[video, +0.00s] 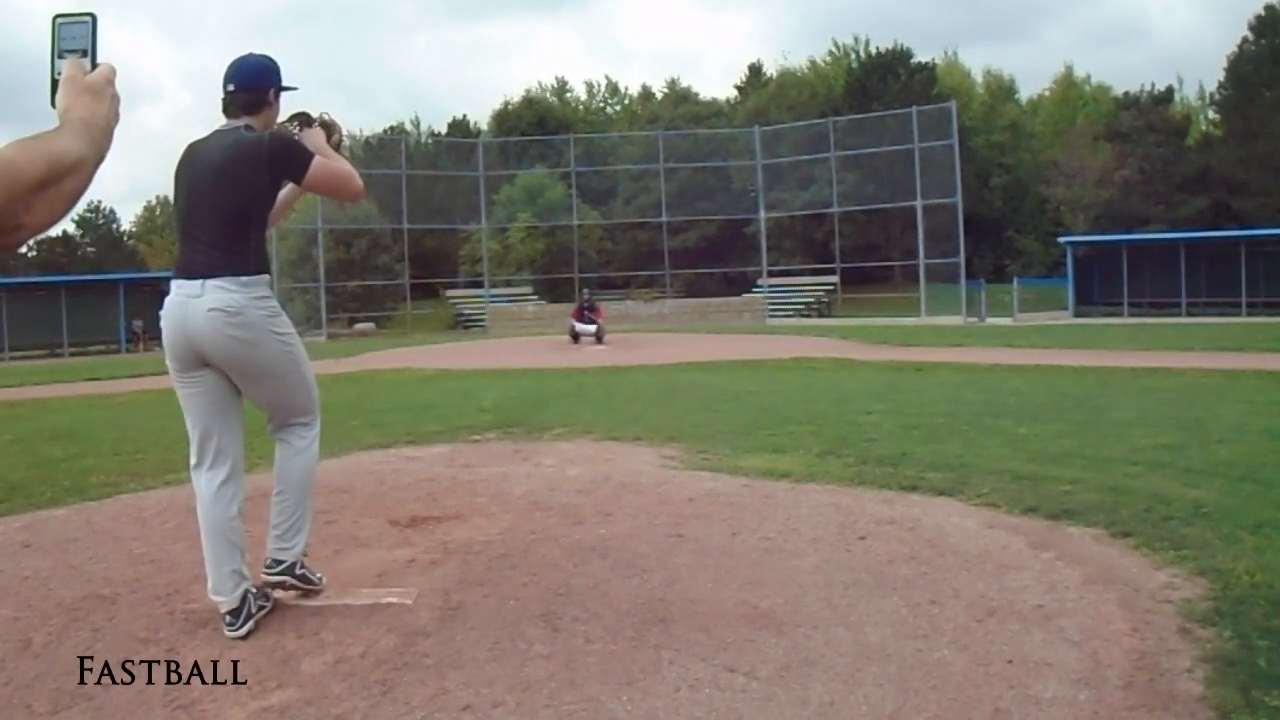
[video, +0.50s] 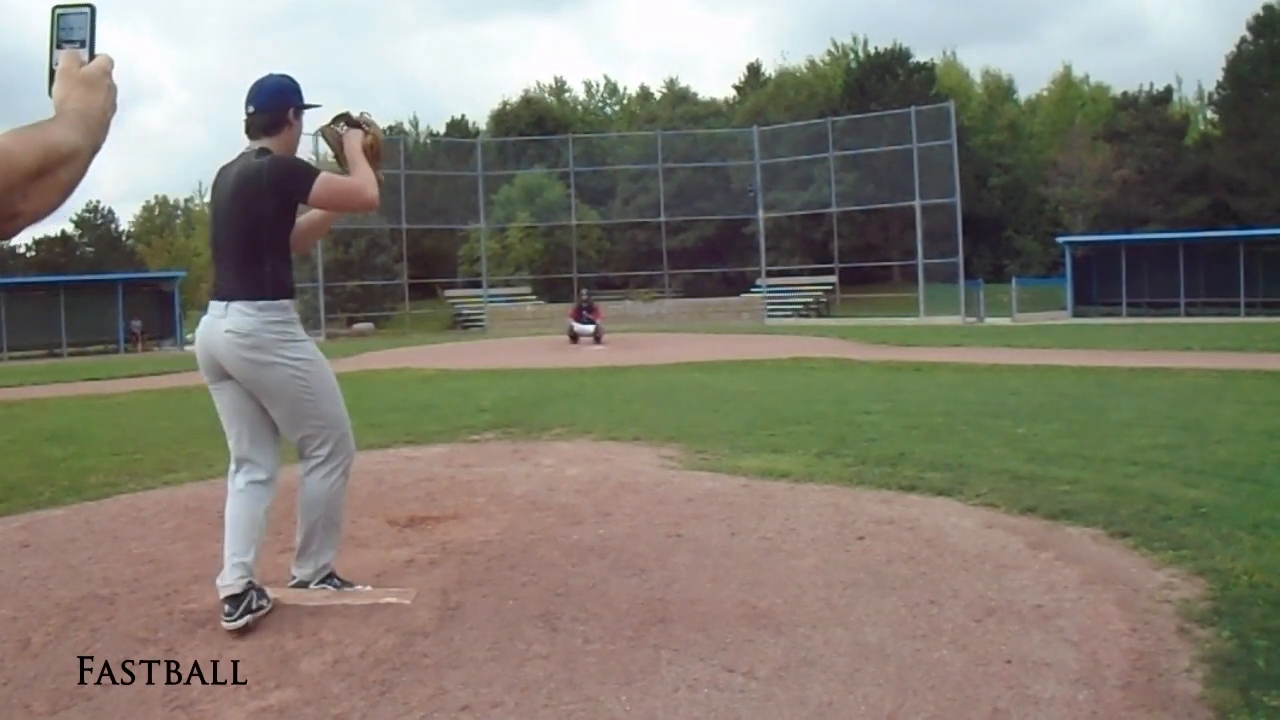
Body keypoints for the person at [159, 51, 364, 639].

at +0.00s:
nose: (279, 107)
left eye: (274, 98)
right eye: (280, 99)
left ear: (226, 100)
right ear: (272, 101)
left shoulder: (194, 153)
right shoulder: (273, 145)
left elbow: (259, 218)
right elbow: (352, 186)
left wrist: (300, 160)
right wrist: (321, 143)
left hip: (178, 310)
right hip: (239, 306)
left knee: (213, 462)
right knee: (297, 423)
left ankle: (234, 602)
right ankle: (286, 557)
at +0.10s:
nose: (282, 108)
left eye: (277, 100)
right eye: (281, 100)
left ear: (228, 102)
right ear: (273, 103)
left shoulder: (196, 154)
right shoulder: (274, 146)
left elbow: (259, 220)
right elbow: (353, 186)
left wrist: (301, 164)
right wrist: (322, 144)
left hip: (178, 311)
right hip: (238, 307)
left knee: (216, 462)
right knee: (307, 414)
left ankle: (234, 601)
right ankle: (285, 545)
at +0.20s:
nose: (285, 111)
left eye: (280, 102)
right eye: (284, 103)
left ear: (231, 104)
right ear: (276, 105)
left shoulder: (200, 157)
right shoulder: (273, 150)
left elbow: (258, 225)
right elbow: (354, 187)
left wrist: (306, 172)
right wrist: (326, 144)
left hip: (182, 314)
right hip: (240, 310)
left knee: (219, 464)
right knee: (317, 418)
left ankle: (234, 601)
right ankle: (292, 546)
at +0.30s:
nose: (288, 114)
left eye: (283, 106)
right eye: (287, 106)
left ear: (235, 109)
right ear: (280, 108)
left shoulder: (207, 162)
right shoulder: (274, 154)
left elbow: (264, 229)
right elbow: (357, 187)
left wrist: (315, 181)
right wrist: (333, 146)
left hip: (190, 316)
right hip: (245, 314)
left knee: (226, 463)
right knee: (316, 435)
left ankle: (234, 597)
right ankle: (312, 560)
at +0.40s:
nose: (295, 121)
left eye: (291, 112)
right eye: (294, 112)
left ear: (243, 116)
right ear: (285, 114)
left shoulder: (216, 169)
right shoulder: (276, 161)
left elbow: (275, 241)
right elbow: (361, 189)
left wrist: (322, 192)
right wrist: (343, 146)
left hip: (201, 321)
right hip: (251, 320)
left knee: (238, 462)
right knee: (321, 443)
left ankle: (236, 597)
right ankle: (313, 568)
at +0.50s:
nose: (303, 126)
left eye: (300, 118)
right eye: (302, 118)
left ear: (251, 122)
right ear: (292, 119)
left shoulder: (228, 176)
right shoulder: (279, 170)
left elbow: (291, 240)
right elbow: (365, 194)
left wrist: (337, 200)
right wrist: (352, 146)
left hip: (215, 330)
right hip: (265, 329)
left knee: (251, 463)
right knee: (330, 446)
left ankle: (236, 589)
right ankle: (312, 573)